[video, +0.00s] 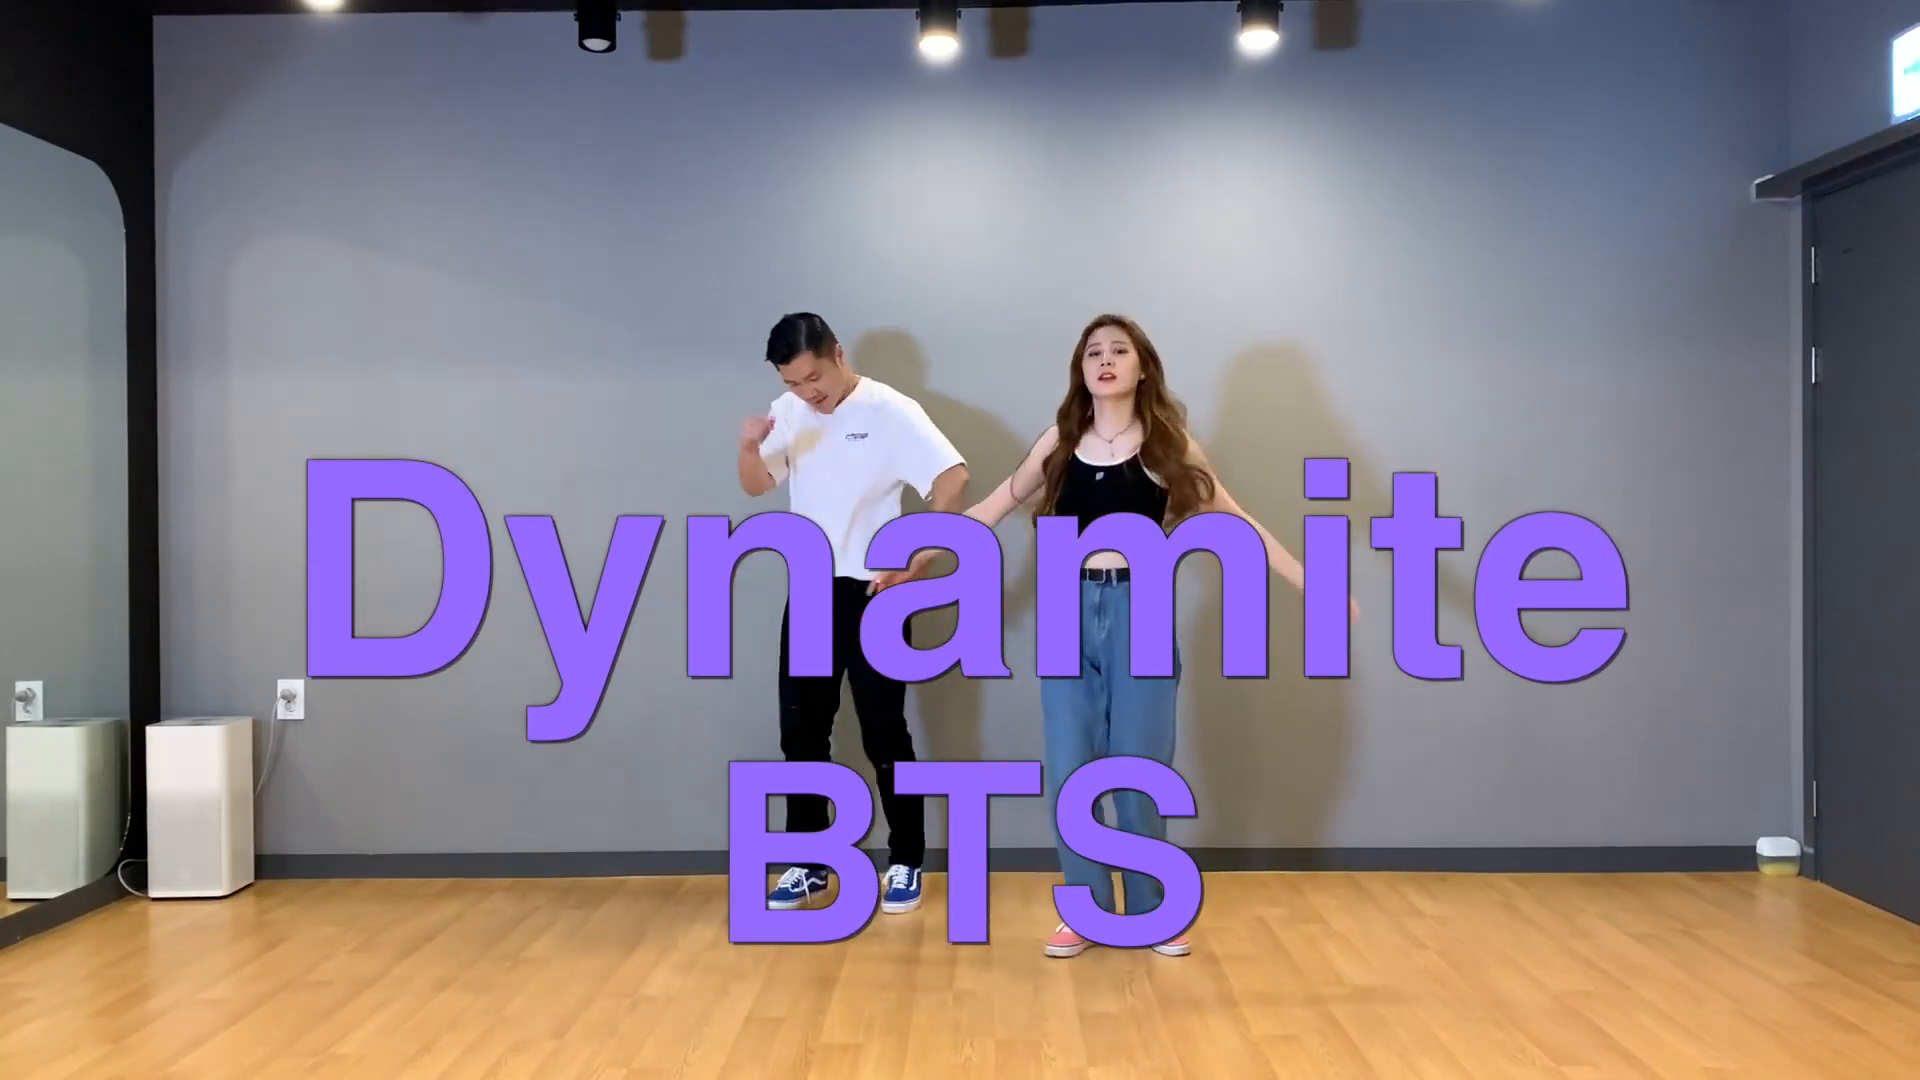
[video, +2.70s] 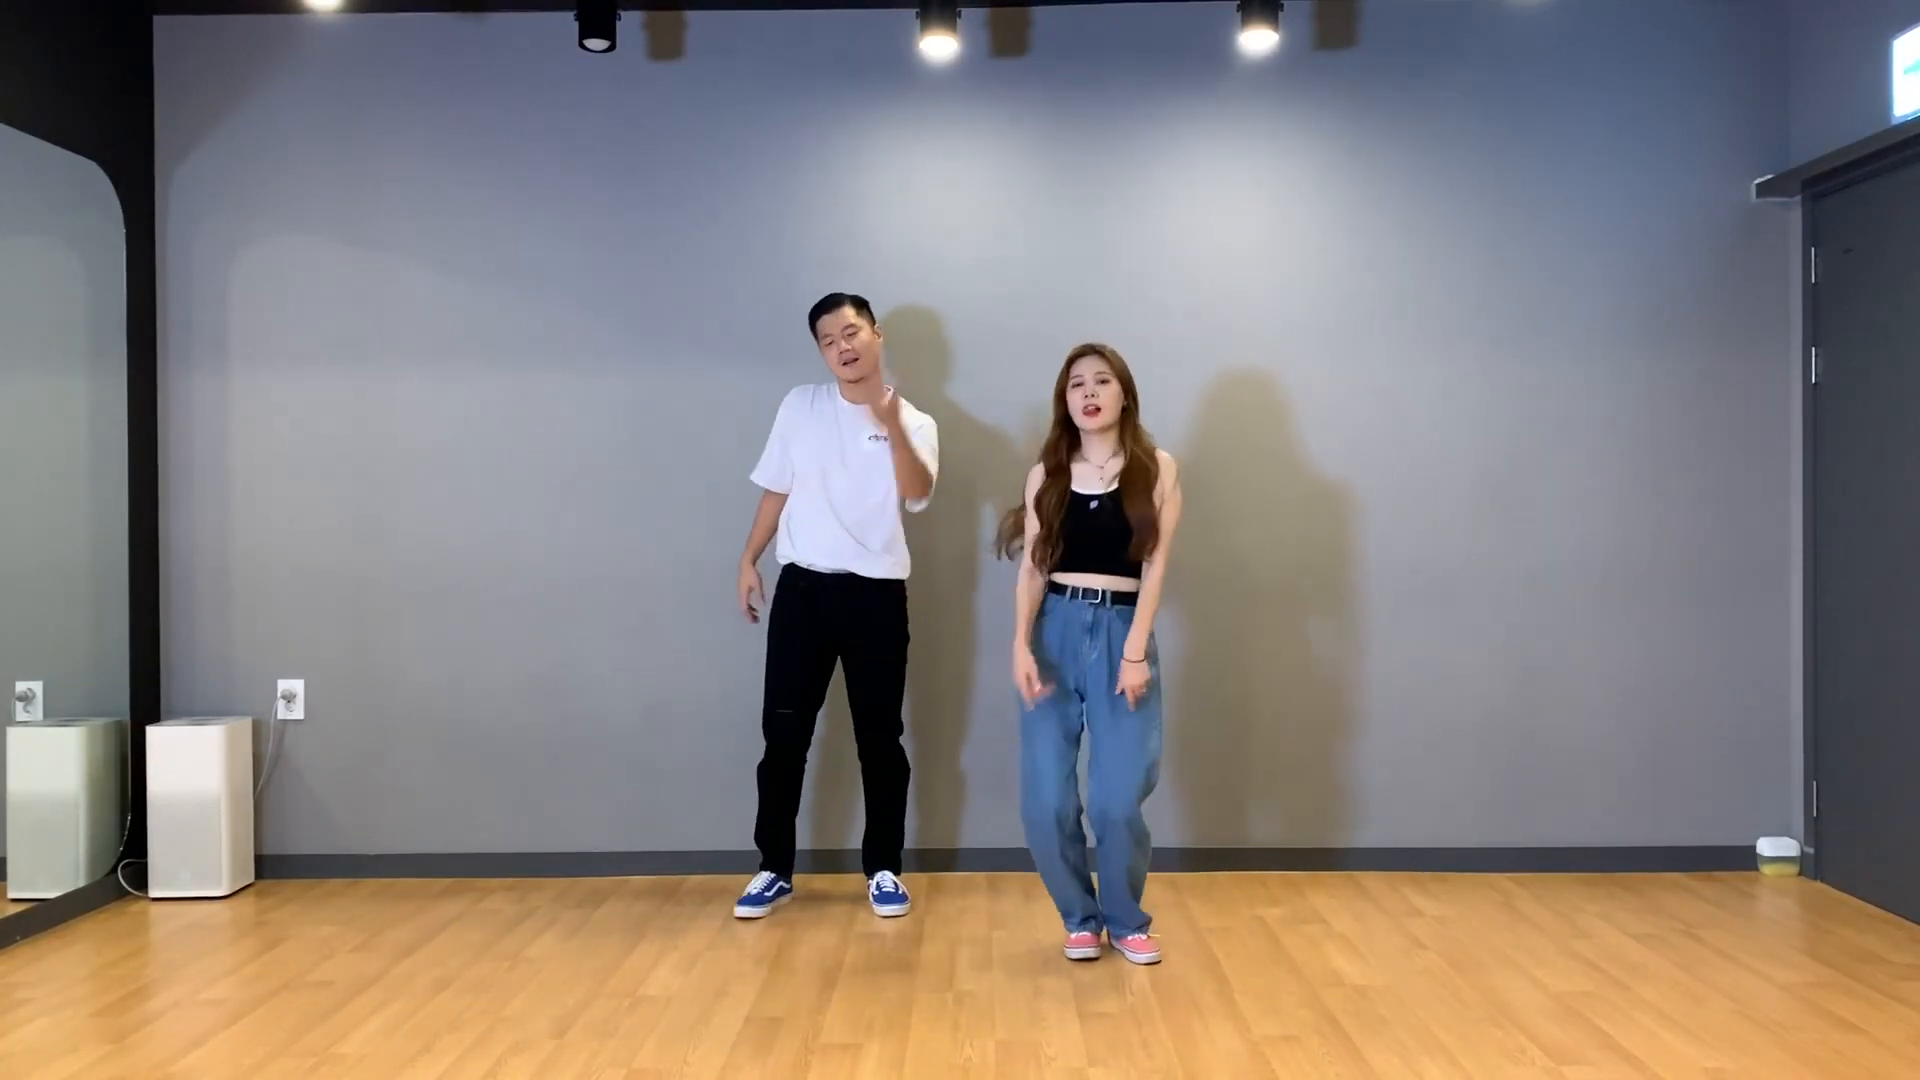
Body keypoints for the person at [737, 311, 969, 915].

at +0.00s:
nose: (808, 395)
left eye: (814, 380)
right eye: (796, 385)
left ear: (839, 354)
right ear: (784, 376)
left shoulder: (889, 410)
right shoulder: (790, 409)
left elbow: (952, 476)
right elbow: (757, 485)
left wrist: (918, 563)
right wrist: (748, 448)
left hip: (872, 591)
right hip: (807, 591)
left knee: (884, 734)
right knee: (801, 731)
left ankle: (905, 862)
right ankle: (809, 863)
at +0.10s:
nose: (818, 394)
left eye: (828, 380)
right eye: (807, 384)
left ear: (855, 361)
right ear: (797, 375)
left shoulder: (902, 417)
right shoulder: (793, 413)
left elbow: (958, 485)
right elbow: (757, 483)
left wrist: (920, 563)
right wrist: (752, 520)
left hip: (885, 592)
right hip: (817, 593)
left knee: (895, 734)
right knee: (789, 724)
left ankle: (909, 864)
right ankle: (811, 859)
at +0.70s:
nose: (813, 345)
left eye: (825, 337)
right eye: (800, 338)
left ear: (845, 356)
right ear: (785, 359)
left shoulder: (886, 431)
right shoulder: (758, 440)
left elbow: (954, 490)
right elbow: (722, 515)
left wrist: (969, 463)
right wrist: (671, 536)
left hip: (872, 608)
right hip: (794, 612)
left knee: (897, 736)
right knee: (784, 746)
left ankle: (880, 838)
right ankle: (799, 874)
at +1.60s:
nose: (839, 371)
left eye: (850, 359)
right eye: (826, 360)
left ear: (867, 364)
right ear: (809, 367)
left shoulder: (895, 447)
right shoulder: (773, 423)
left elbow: (931, 537)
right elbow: (712, 486)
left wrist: (929, 524)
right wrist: (666, 528)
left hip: (872, 605)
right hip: (799, 603)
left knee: (893, 743)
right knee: (797, 745)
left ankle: (866, 861)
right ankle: (785, 872)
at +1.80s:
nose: (819, 356)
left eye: (831, 344)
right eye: (807, 344)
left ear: (849, 350)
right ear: (790, 352)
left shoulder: (884, 426)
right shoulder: (764, 432)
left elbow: (921, 514)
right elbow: (743, 529)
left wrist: (923, 601)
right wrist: (726, 609)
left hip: (864, 603)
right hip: (787, 605)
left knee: (879, 740)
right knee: (777, 740)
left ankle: (865, 854)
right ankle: (785, 870)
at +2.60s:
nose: (850, 337)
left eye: (860, 326)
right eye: (837, 331)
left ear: (884, 337)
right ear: (824, 347)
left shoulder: (913, 431)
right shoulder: (793, 408)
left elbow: (920, 515)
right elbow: (774, 493)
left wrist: (886, 570)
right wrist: (761, 563)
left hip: (886, 594)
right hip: (810, 591)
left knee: (887, 741)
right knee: (791, 736)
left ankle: (885, 871)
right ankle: (775, 870)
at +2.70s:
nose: (843, 345)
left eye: (852, 331)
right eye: (830, 340)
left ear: (879, 336)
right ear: (821, 353)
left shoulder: (913, 420)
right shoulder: (800, 406)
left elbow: (916, 492)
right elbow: (776, 491)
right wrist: (749, 560)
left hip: (877, 594)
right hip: (802, 589)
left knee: (880, 740)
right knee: (782, 735)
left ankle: (883, 871)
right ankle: (774, 870)